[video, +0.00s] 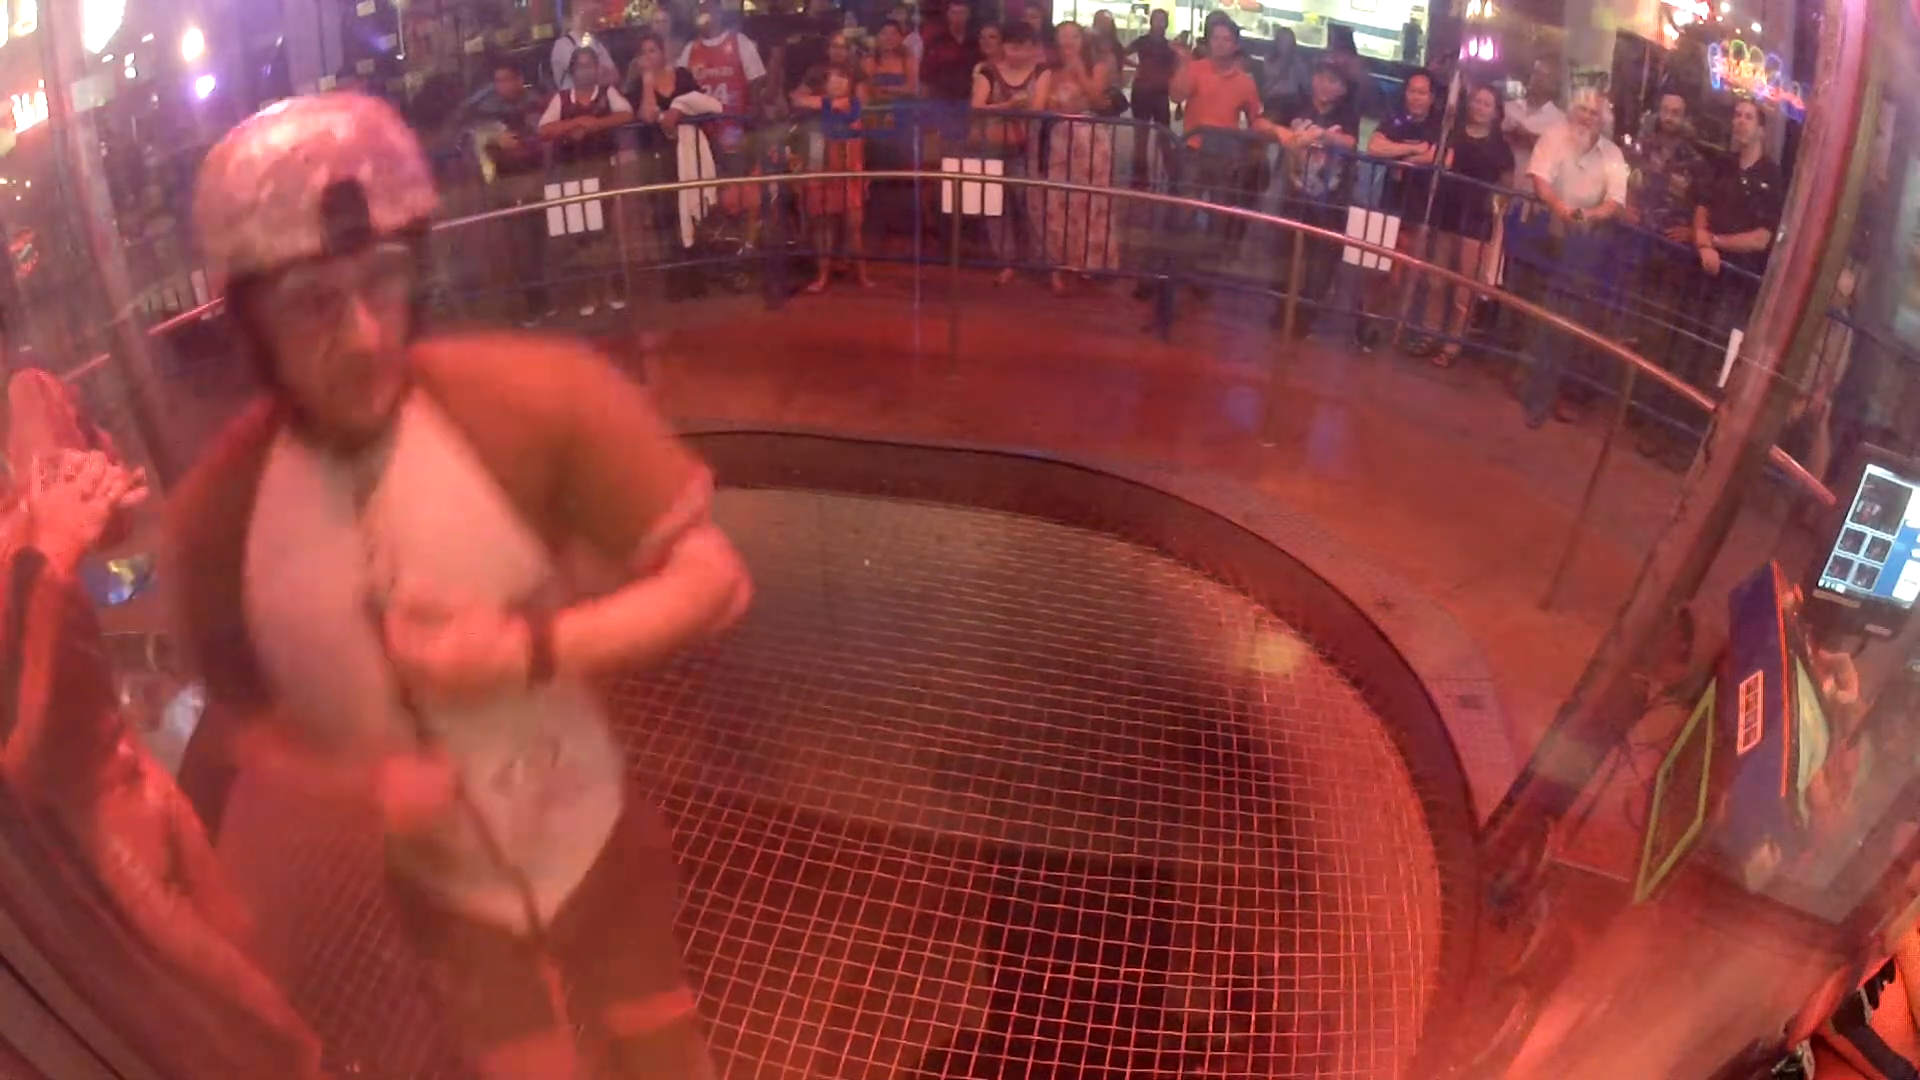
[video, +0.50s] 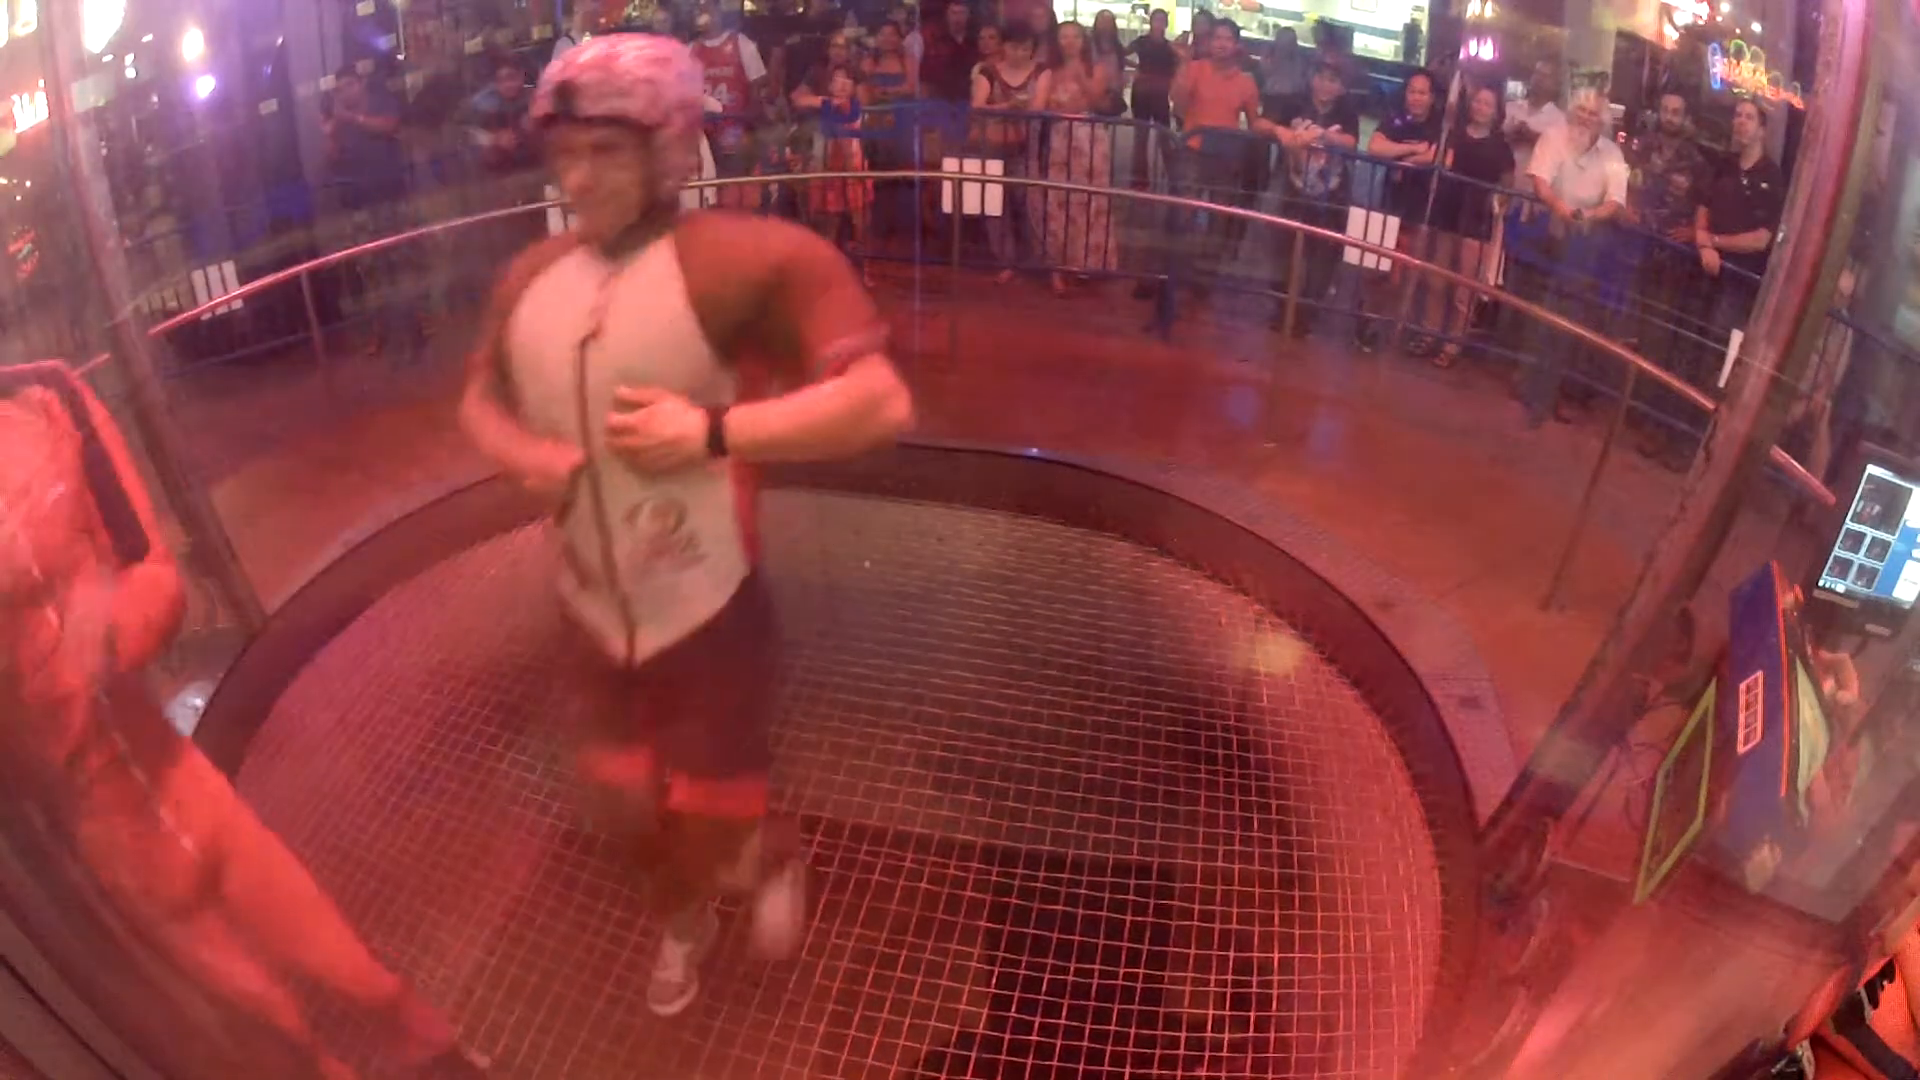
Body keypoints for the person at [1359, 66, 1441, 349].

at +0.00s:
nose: (1416, 97)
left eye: (1422, 92)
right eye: (1412, 91)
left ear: (1432, 98)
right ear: (1404, 94)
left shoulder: (1439, 128)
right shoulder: (1394, 121)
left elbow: (1440, 159)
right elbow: (1375, 147)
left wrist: (1401, 158)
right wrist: (1415, 148)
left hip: (1422, 212)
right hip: (1389, 208)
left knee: (1410, 274)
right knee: (1378, 269)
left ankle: (1399, 326)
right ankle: (1369, 322)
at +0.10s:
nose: (1416, 97)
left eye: (1422, 92)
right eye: (1412, 91)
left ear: (1432, 98)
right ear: (1404, 94)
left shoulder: (1439, 128)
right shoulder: (1395, 120)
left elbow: (1440, 159)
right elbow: (1375, 147)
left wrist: (1402, 158)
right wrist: (1415, 148)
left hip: (1422, 212)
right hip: (1390, 208)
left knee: (1409, 274)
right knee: (1378, 269)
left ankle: (1398, 327)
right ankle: (1369, 322)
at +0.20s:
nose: (1416, 98)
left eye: (1422, 93)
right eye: (1412, 92)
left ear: (1433, 99)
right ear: (1404, 95)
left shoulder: (1439, 129)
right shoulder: (1394, 122)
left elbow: (1438, 158)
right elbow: (1375, 147)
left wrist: (1401, 158)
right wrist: (1415, 148)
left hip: (1424, 214)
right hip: (1391, 210)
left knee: (1410, 275)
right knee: (1380, 270)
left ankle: (1399, 327)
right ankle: (1369, 321)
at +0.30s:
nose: (1416, 97)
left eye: (1422, 93)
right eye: (1412, 91)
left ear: (1433, 99)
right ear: (1404, 95)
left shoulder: (1439, 129)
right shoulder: (1394, 122)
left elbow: (1437, 159)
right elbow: (1375, 147)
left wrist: (1400, 157)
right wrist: (1415, 148)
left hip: (1423, 214)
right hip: (1390, 210)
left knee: (1410, 275)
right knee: (1380, 270)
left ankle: (1399, 327)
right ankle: (1369, 321)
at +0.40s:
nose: (1416, 98)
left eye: (1422, 93)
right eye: (1411, 92)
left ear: (1433, 98)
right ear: (1404, 95)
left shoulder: (1439, 129)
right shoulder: (1393, 122)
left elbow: (1440, 159)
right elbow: (1375, 147)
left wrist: (1401, 157)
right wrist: (1414, 148)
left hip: (1424, 214)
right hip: (1391, 210)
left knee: (1410, 276)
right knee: (1380, 271)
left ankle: (1399, 328)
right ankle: (1369, 322)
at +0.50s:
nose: (1416, 98)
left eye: (1422, 93)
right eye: (1412, 91)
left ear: (1432, 99)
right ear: (1404, 95)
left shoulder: (1439, 129)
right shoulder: (1394, 122)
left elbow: (1439, 159)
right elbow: (1375, 147)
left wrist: (1403, 158)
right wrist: (1416, 148)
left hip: (1422, 213)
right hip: (1390, 209)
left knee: (1408, 275)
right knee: (1378, 269)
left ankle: (1397, 326)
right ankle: (1368, 319)